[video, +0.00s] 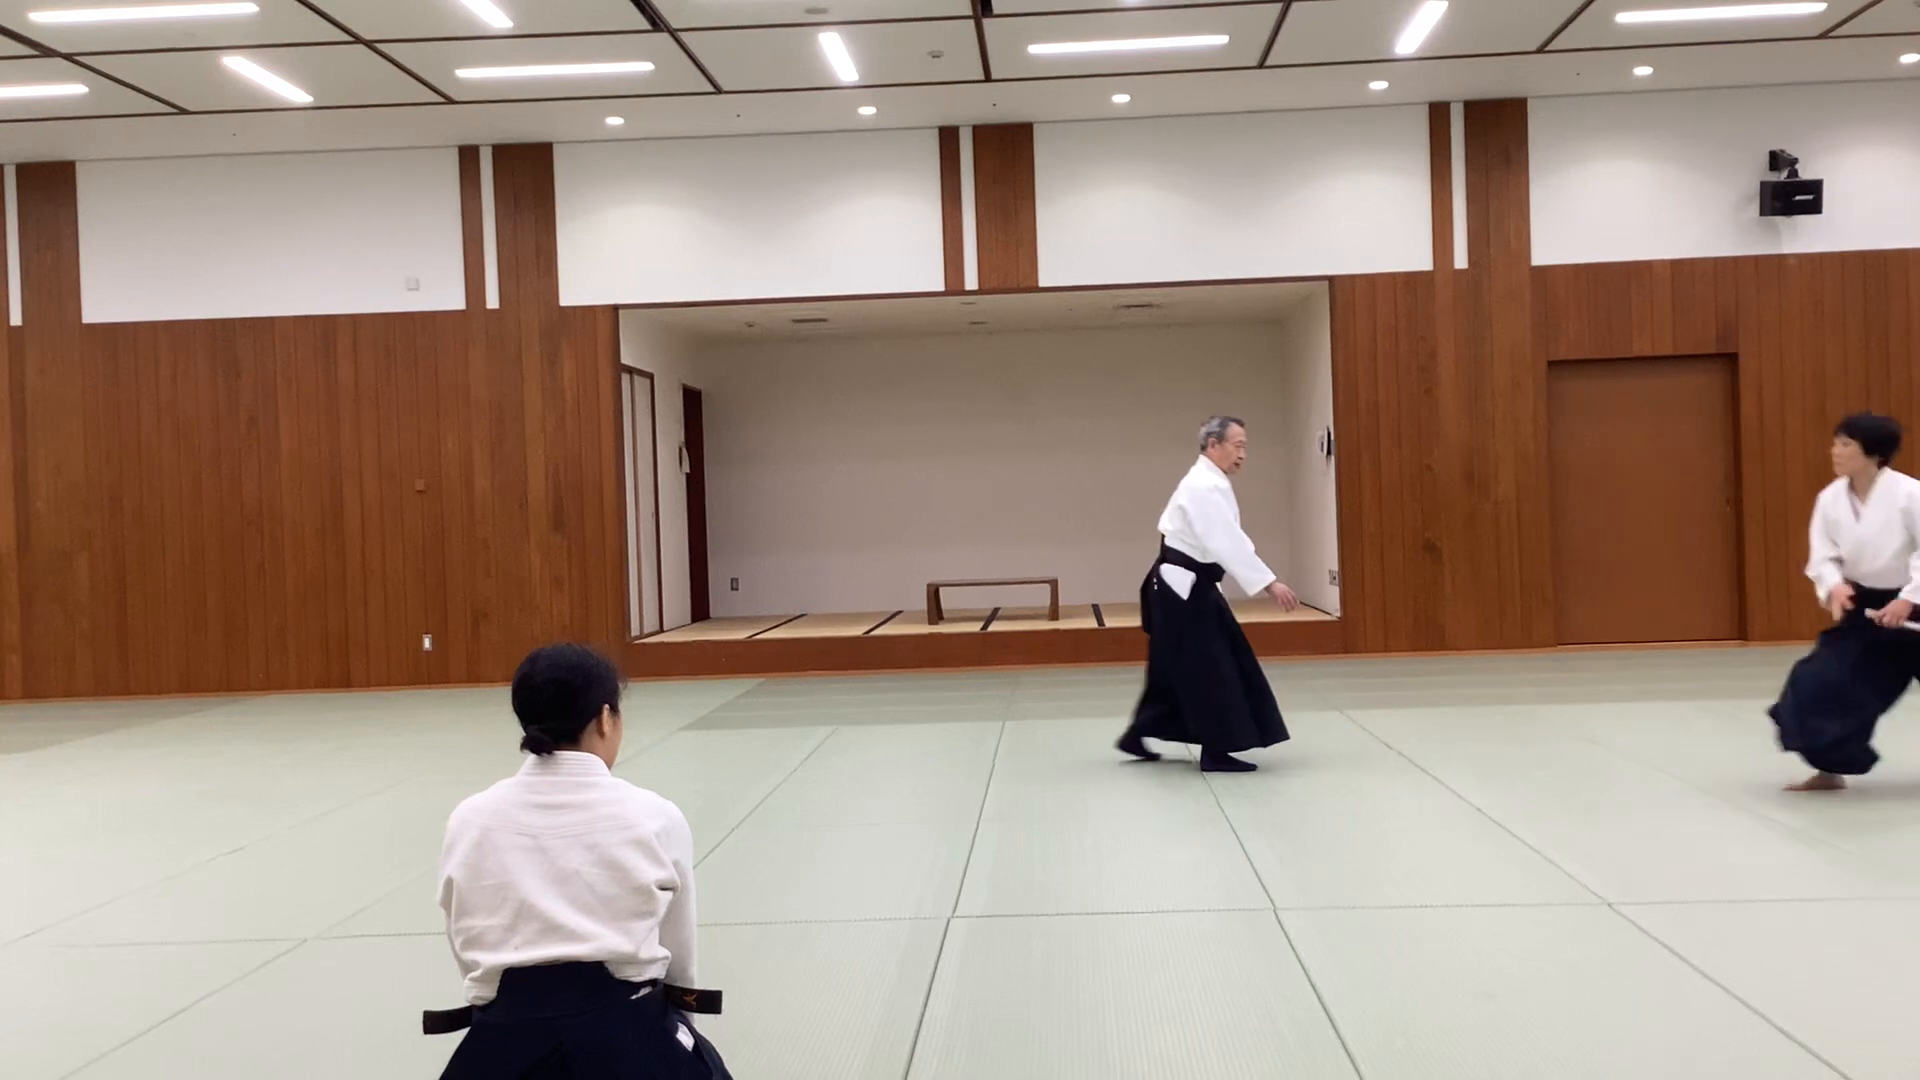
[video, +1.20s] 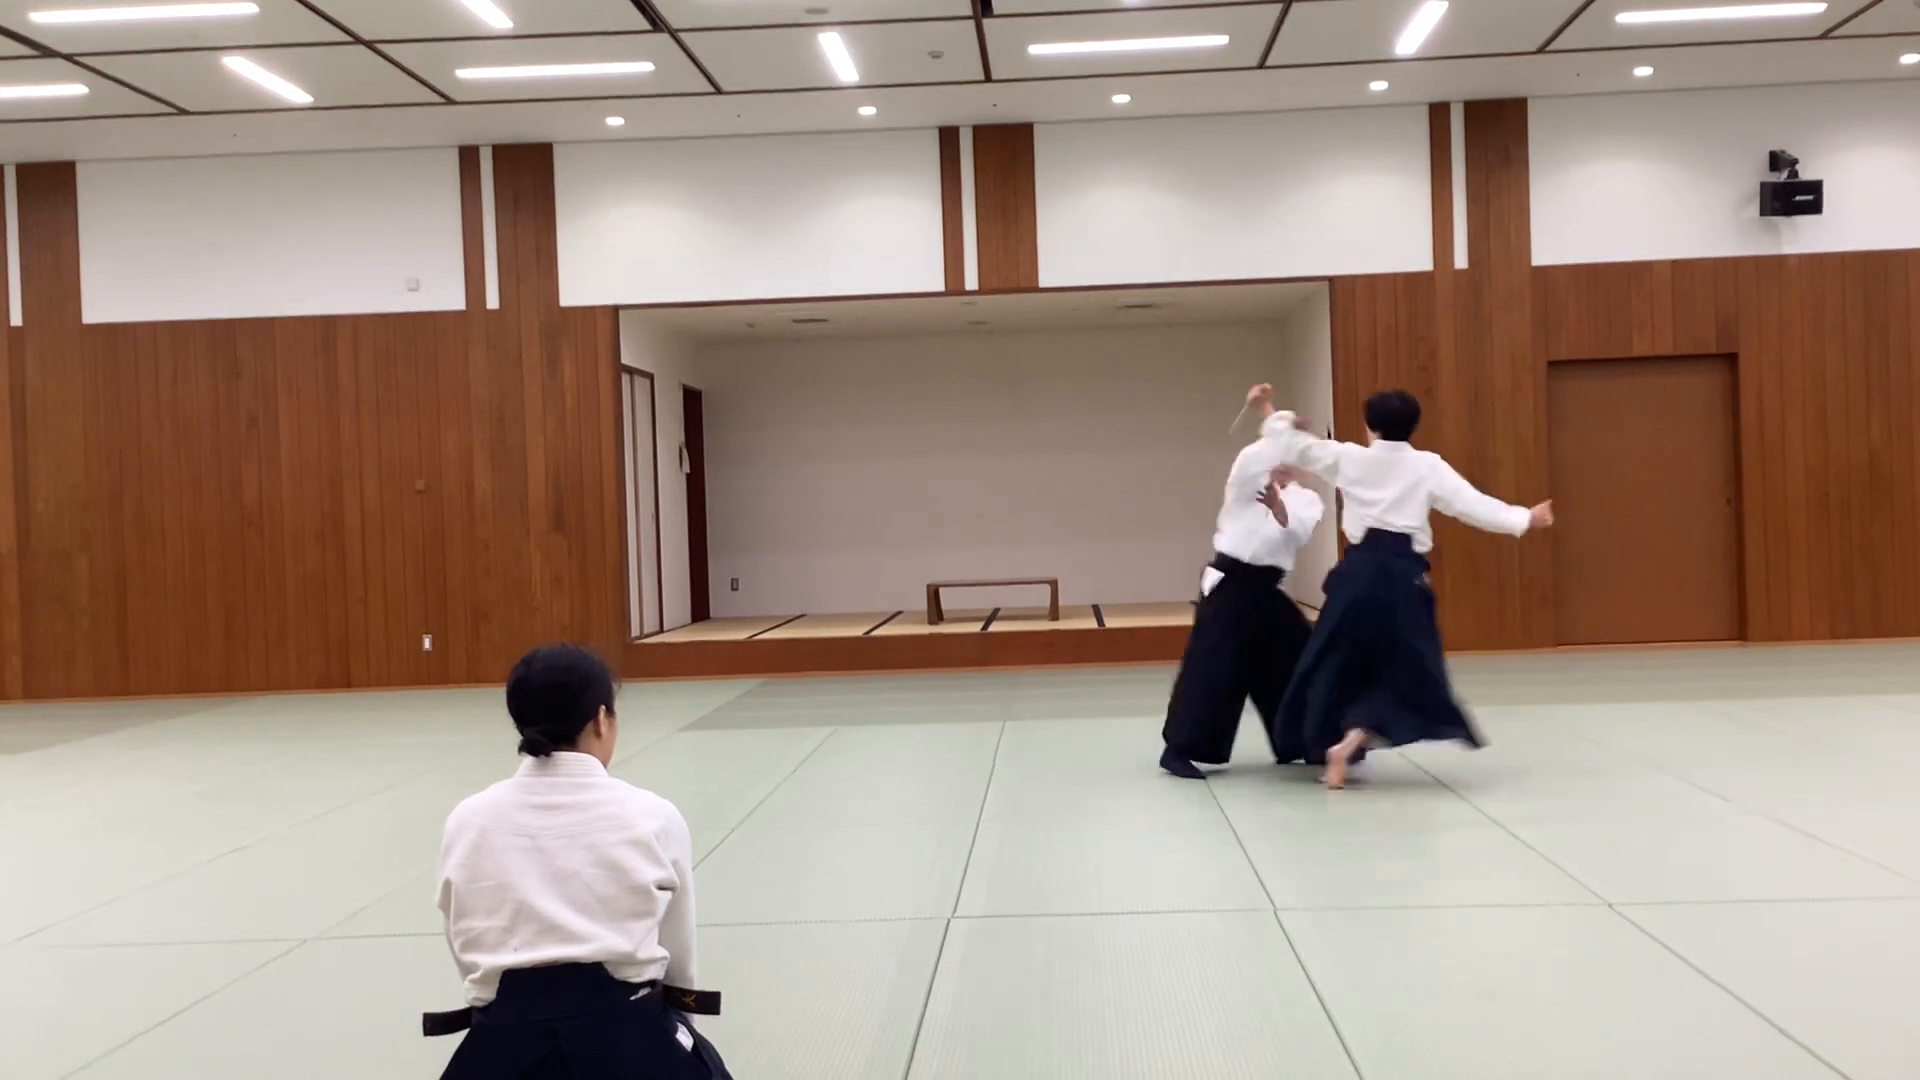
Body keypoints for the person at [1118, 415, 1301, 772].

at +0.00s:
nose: (1243, 453)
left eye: (1245, 446)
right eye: (1238, 446)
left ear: (1216, 448)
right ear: (1213, 446)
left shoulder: (1203, 478)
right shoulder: (1206, 486)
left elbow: (1227, 538)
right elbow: (1227, 542)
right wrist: (1270, 582)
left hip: (1174, 580)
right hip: (1185, 587)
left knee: (1173, 665)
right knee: (1216, 665)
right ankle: (1215, 753)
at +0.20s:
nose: (1209, 456)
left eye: (1210, 450)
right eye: (1203, 449)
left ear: (1180, 451)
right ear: (1179, 449)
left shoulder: (1166, 483)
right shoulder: (1179, 489)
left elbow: (1179, 550)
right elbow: (1198, 551)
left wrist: (1198, 599)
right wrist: (1235, 598)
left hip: (1142, 586)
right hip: (1161, 590)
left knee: (1133, 665)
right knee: (1200, 666)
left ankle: (1106, 745)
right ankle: (1214, 752)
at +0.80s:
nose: (1223, 454)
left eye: (1225, 447)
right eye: (1218, 445)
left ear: (1195, 448)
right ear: (1192, 445)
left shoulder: (1179, 478)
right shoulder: (1194, 486)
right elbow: (1208, 547)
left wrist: (1204, 574)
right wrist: (1225, 584)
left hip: (1152, 577)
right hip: (1170, 586)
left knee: (1148, 660)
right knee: (1183, 669)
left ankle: (1121, 730)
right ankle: (1171, 755)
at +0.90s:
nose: (1234, 451)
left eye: (1237, 444)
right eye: (1228, 442)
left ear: (1211, 445)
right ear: (1204, 443)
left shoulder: (1208, 482)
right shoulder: (1196, 478)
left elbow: (1220, 539)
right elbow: (1229, 515)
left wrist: (1259, 563)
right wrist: (1268, 531)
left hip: (1196, 583)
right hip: (1176, 583)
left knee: (1208, 664)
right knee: (1183, 664)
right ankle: (1173, 755)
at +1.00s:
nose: (1248, 449)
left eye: (1251, 444)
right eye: (1241, 441)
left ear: (1250, 449)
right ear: (1217, 441)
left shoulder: (1233, 480)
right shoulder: (1210, 470)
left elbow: (1248, 528)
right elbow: (1258, 477)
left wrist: (1278, 551)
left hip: (1215, 583)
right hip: (1186, 580)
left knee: (1244, 663)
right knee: (1185, 666)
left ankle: (1225, 738)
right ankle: (1171, 755)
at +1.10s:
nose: (1273, 448)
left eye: (1278, 442)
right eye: (1264, 440)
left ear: (1282, 449)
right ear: (1241, 444)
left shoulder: (1271, 494)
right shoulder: (1226, 473)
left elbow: (1281, 546)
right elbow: (1270, 460)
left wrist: (1292, 538)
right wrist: (1324, 441)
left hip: (1240, 587)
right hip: (1203, 581)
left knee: (1273, 662)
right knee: (1195, 668)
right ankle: (1174, 757)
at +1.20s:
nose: (1290, 456)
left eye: (1298, 448)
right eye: (1283, 448)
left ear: (1307, 456)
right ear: (1267, 452)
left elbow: (1303, 529)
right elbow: (1263, 453)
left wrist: (1281, 510)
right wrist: (1286, 429)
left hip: (1266, 590)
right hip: (1227, 584)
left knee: (1301, 654)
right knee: (1210, 667)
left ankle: (1297, 739)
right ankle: (1177, 751)